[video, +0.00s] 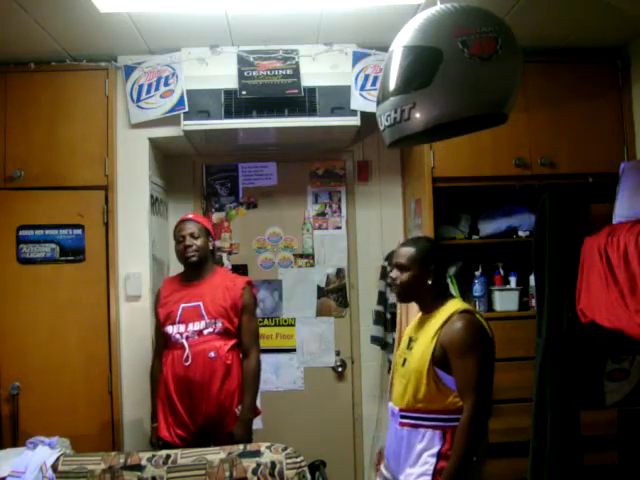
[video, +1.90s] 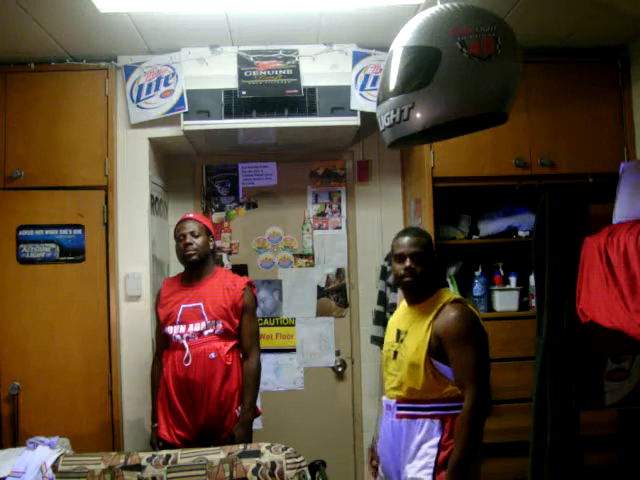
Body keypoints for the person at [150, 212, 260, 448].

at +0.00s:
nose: (187, 243)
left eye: (195, 236)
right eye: (180, 239)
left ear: (210, 242)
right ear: (176, 248)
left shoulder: (237, 287)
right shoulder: (166, 290)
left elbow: (251, 354)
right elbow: (160, 355)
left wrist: (245, 416)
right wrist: (157, 418)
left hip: (225, 416)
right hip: (176, 416)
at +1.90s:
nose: (187, 241)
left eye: (195, 234)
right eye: (180, 237)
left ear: (211, 242)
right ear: (176, 248)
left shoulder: (237, 288)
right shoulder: (167, 290)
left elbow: (251, 355)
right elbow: (160, 355)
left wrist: (246, 417)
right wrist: (157, 419)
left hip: (225, 416)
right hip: (176, 416)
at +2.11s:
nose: (187, 241)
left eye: (195, 235)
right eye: (180, 238)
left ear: (211, 242)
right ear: (176, 248)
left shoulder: (237, 288)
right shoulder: (167, 290)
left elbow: (251, 355)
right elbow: (160, 355)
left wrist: (246, 417)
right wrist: (157, 419)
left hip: (225, 416)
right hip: (176, 416)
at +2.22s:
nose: (187, 241)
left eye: (195, 235)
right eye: (180, 238)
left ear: (211, 242)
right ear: (176, 248)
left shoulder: (237, 288)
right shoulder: (167, 290)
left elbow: (251, 355)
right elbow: (160, 355)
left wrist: (246, 417)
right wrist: (157, 419)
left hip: (225, 416)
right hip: (176, 416)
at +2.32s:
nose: (187, 241)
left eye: (195, 235)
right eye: (180, 238)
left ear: (211, 242)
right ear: (176, 248)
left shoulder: (237, 288)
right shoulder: (167, 290)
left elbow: (251, 355)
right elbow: (160, 355)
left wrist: (246, 417)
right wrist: (157, 419)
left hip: (225, 416)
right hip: (176, 416)